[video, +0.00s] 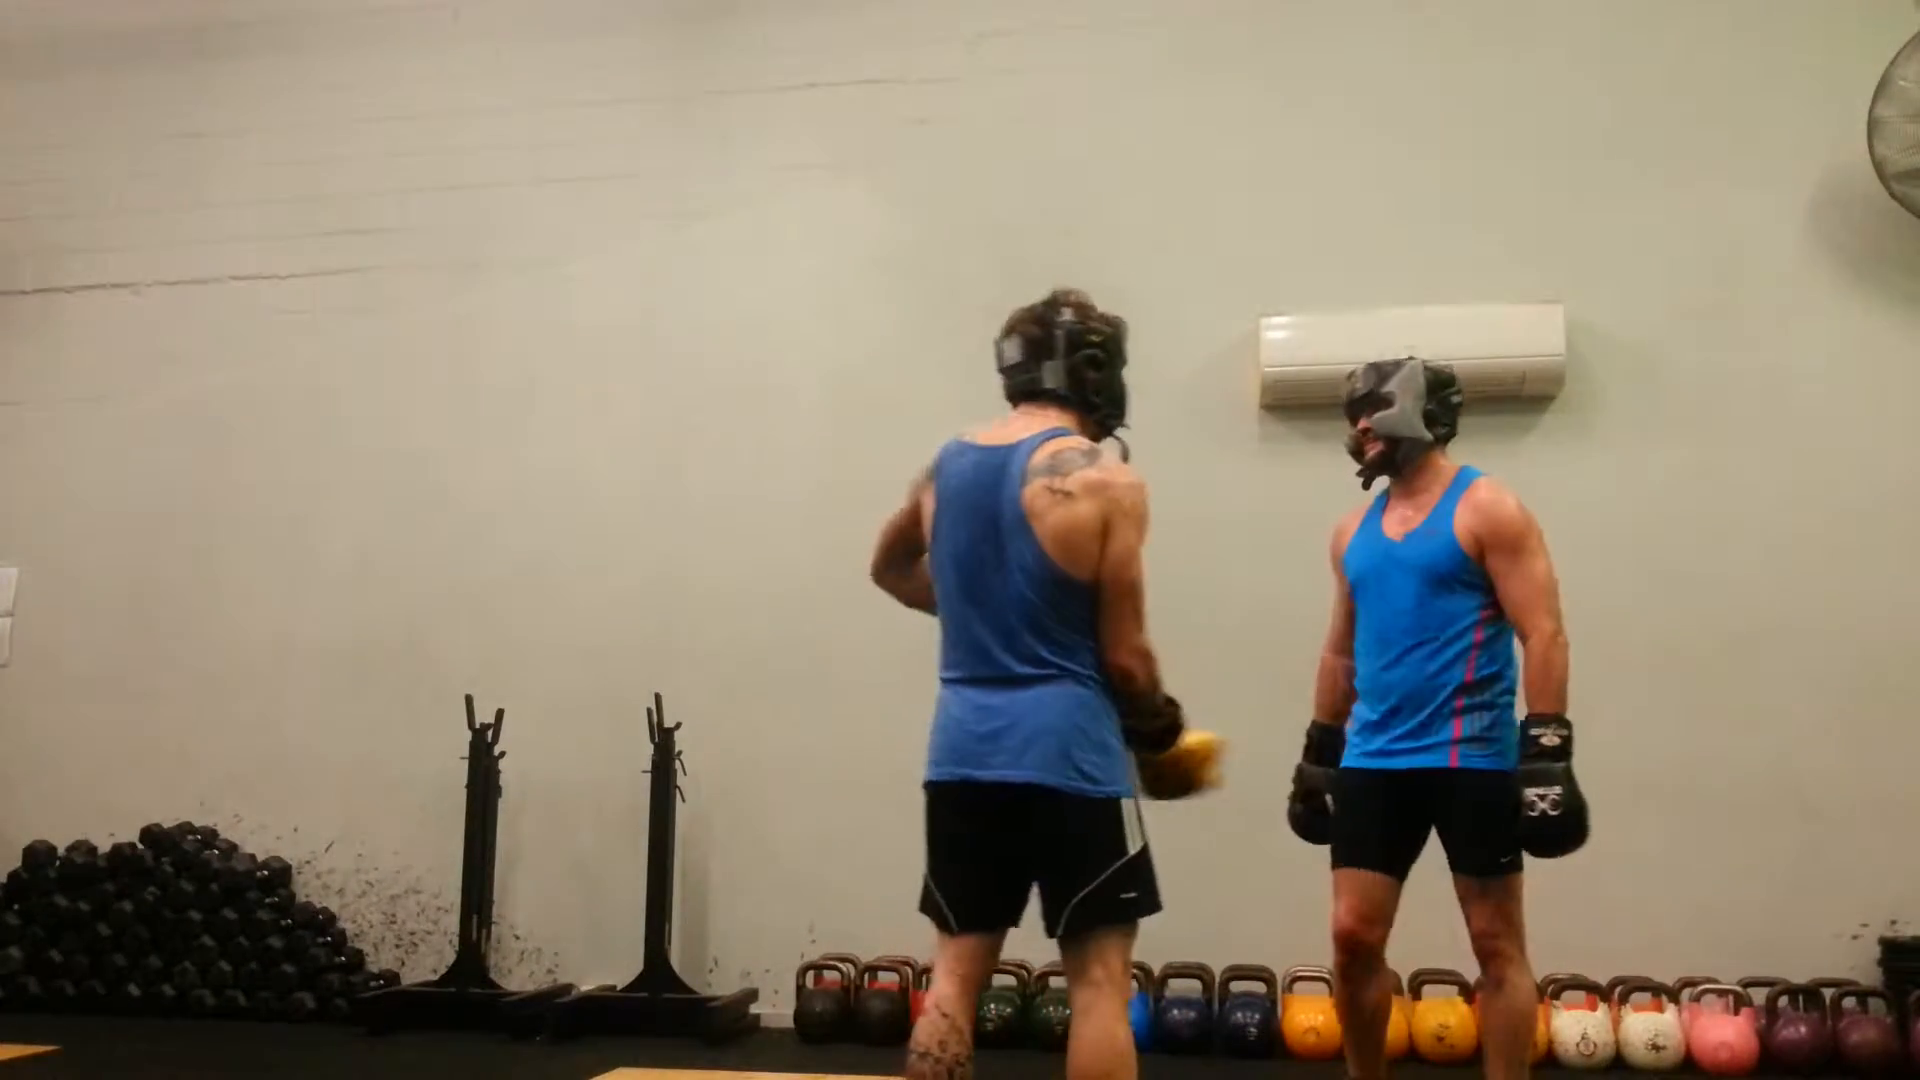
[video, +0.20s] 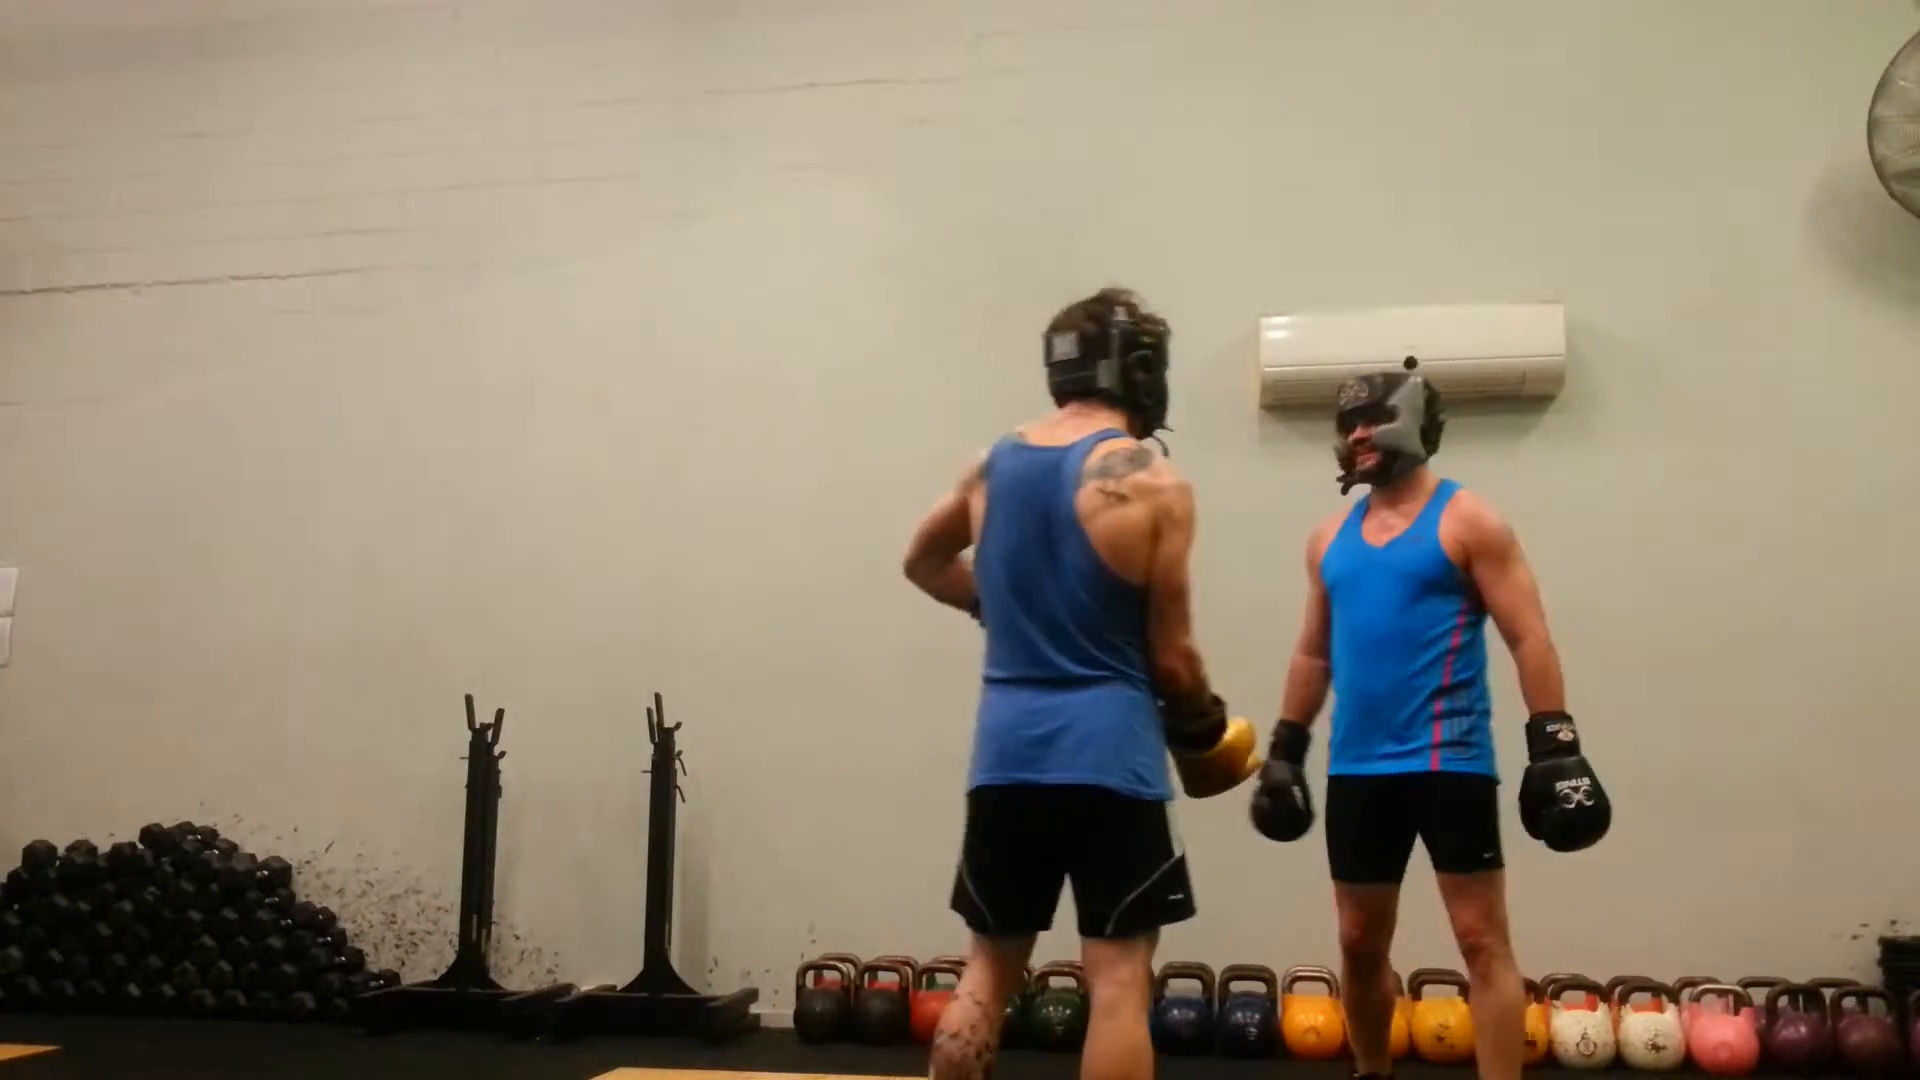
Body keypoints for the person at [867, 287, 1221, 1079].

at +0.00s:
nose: (1119, 376)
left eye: (1112, 361)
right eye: (1113, 363)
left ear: (1014, 372)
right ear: (1100, 373)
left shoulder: (952, 462)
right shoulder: (1111, 483)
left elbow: (891, 566)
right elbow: (1124, 657)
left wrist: (980, 608)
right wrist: (1161, 743)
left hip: (962, 758)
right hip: (1072, 764)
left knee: (955, 973)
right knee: (1100, 986)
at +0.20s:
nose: (1162, 372)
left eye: (1157, 358)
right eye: (1156, 359)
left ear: (1058, 370)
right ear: (1140, 370)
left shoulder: (998, 462)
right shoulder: (1157, 483)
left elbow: (924, 563)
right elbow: (1172, 656)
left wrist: (1011, 610)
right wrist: (1204, 734)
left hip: (1004, 760)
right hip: (1110, 765)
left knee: (987, 973)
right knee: (1118, 984)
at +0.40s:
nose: (1200, 395)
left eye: (1200, 383)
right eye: (1197, 381)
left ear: (1102, 378)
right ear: (1181, 379)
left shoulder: (1033, 455)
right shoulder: (1200, 484)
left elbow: (957, 540)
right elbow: (1219, 651)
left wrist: (1042, 578)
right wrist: (1220, 741)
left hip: (1041, 755)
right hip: (1146, 760)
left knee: (1029, 949)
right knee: (1137, 980)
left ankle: (980, 1078)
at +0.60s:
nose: (1223, 408)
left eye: (1225, 397)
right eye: (1224, 395)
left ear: (1130, 382)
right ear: (1207, 387)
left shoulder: (1057, 451)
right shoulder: (1221, 486)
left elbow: (986, 535)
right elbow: (1247, 649)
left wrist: (1073, 564)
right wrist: (1220, 727)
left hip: (1054, 751)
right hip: (1157, 758)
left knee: (1075, 952)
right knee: (1143, 979)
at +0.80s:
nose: (1236, 417)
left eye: (1238, 405)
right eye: (1235, 403)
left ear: (1142, 392)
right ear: (1216, 398)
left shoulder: (1070, 460)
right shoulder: (1226, 487)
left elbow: (1012, 540)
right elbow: (1259, 642)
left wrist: (1098, 574)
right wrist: (1207, 708)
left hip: (1069, 759)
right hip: (1165, 763)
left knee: (1107, 981)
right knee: (1149, 987)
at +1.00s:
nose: (1227, 437)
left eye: (1229, 425)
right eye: (1226, 422)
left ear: (1138, 398)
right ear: (1205, 404)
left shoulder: (1069, 472)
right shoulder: (1216, 471)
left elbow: (1055, 573)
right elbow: (1253, 622)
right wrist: (1186, 687)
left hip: (1082, 762)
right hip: (1177, 765)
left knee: (1122, 962)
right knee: (1209, 972)